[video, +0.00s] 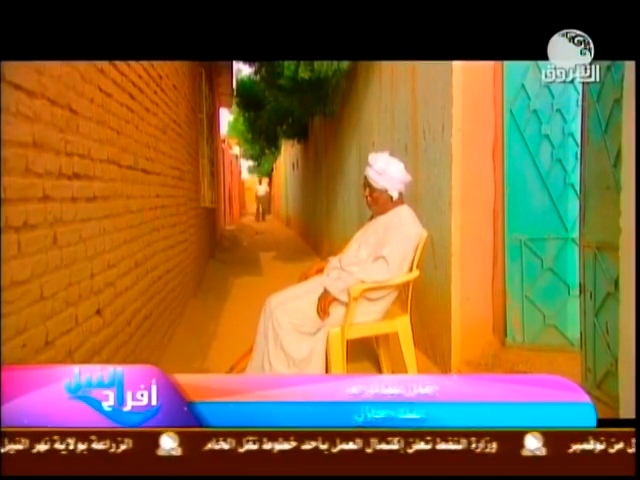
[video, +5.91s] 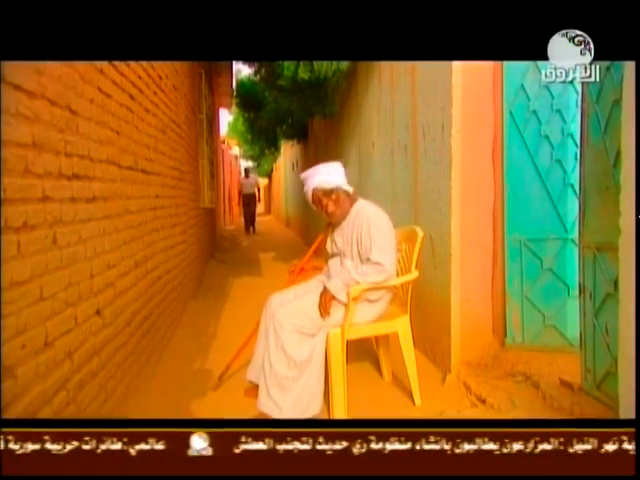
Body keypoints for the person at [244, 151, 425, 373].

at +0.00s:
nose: (366, 195)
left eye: (373, 190)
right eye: (366, 188)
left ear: (392, 193)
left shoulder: (404, 223)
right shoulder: (385, 217)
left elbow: (387, 271)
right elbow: (356, 253)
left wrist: (335, 288)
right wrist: (326, 266)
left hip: (359, 299)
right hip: (340, 282)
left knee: (282, 315)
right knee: (274, 305)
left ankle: (280, 386)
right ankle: (267, 379)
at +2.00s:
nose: (378, 182)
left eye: (387, 178)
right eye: (380, 176)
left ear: (402, 189)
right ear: (379, 180)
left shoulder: (405, 223)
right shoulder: (384, 216)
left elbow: (388, 271)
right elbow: (356, 254)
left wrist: (337, 288)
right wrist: (326, 265)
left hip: (362, 300)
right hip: (343, 283)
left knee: (283, 315)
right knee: (274, 304)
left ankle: (289, 405)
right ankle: (266, 379)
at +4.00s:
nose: (379, 192)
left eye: (386, 185)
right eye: (373, 187)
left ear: (400, 190)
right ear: (367, 193)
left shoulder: (405, 223)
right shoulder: (378, 219)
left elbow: (386, 270)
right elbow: (351, 256)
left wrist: (335, 291)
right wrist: (323, 270)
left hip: (363, 300)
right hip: (340, 284)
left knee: (285, 316)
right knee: (275, 304)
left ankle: (289, 406)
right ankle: (265, 377)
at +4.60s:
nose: (352, 203)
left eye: (356, 194)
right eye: (345, 199)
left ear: (369, 190)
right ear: (341, 202)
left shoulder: (391, 217)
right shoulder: (358, 219)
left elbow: (389, 270)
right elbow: (342, 259)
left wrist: (339, 286)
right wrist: (328, 284)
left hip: (369, 300)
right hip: (342, 287)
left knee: (289, 315)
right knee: (278, 303)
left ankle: (289, 406)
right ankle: (269, 379)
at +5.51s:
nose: (319, 219)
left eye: (318, 211)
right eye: (314, 213)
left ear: (332, 200)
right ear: (328, 203)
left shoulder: (367, 217)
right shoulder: (341, 216)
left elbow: (382, 270)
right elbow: (337, 259)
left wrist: (335, 279)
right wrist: (327, 283)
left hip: (365, 297)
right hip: (338, 285)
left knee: (286, 317)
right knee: (275, 304)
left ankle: (289, 406)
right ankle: (267, 380)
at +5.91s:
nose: (325, 208)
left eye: (328, 199)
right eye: (319, 204)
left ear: (342, 193)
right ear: (317, 205)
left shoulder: (371, 217)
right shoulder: (341, 218)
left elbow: (384, 270)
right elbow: (340, 260)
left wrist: (336, 282)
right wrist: (326, 283)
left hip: (367, 298)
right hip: (340, 285)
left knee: (287, 318)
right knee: (275, 304)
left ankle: (289, 406)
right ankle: (267, 380)